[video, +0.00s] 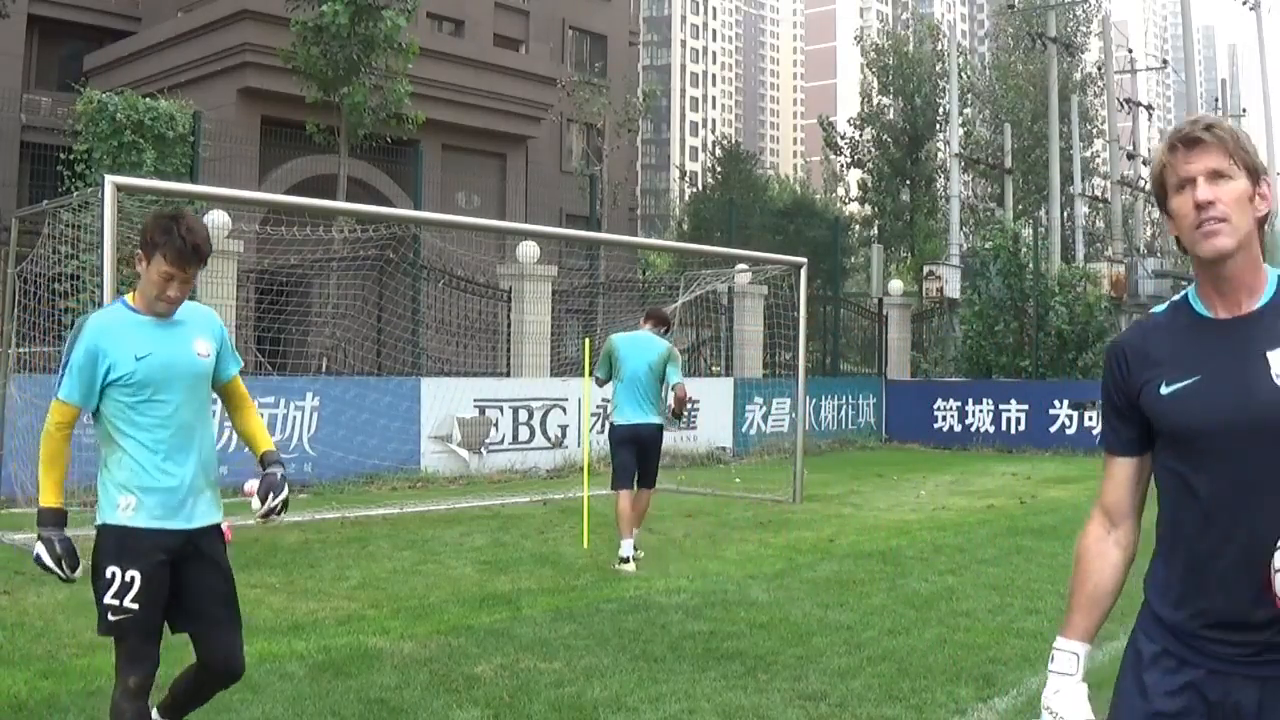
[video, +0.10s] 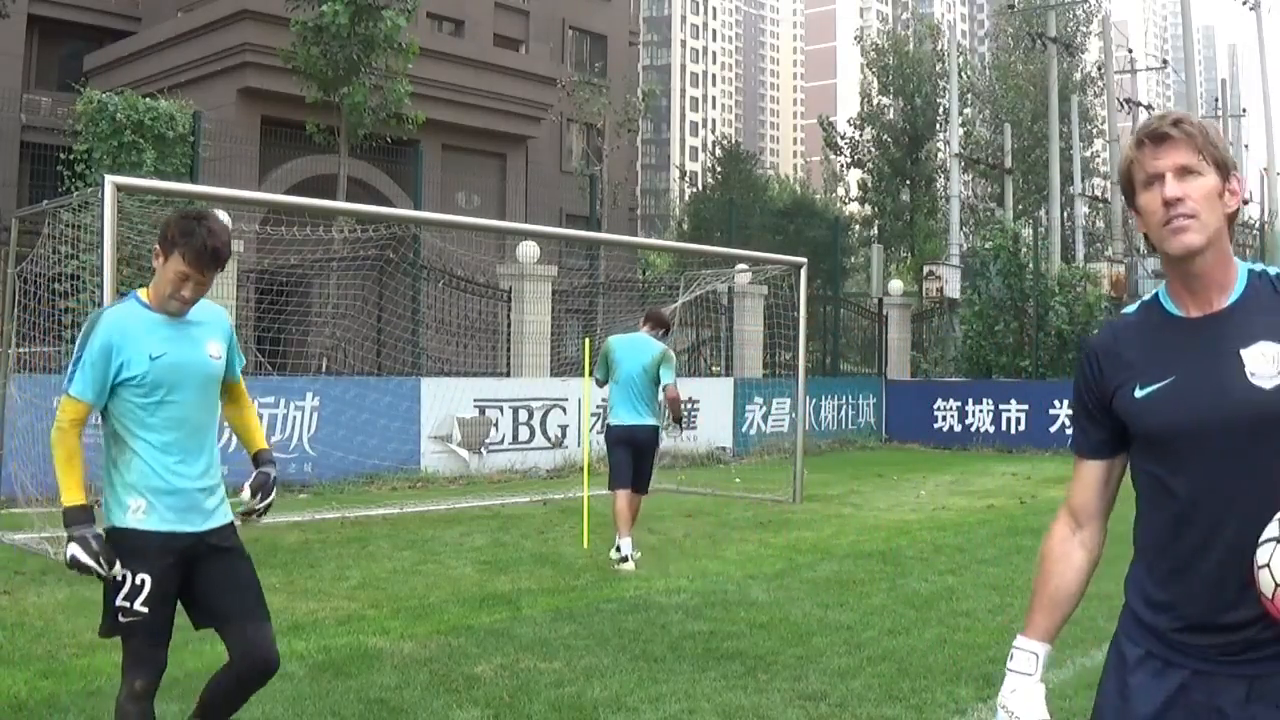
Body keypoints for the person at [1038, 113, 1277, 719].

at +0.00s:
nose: (1203, 196)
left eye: (1220, 176)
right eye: (1183, 186)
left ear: (1261, 196)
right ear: (1170, 219)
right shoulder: (1140, 353)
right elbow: (1112, 522)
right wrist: (1066, 665)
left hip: (1275, 662)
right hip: (1175, 662)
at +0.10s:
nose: (1171, 193)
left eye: (1188, 172)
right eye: (1152, 183)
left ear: (1231, 192)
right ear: (1137, 218)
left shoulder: (1277, 311)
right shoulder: (1114, 351)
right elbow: (1077, 523)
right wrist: (1025, 663)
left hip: (1272, 660)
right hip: (1157, 665)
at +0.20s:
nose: (1141, 200)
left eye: (1156, 177)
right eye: (1119, 188)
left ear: (1197, 188)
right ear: (1101, 219)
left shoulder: (1271, 301)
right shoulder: (1082, 354)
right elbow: (1033, 518)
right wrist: (960, 652)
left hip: (1264, 662)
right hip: (1136, 666)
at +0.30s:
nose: (1131, 200)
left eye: (1145, 177)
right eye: (1106, 188)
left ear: (1181, 186)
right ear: (1086, 219)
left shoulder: (1268, 301)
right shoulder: (1068, 353)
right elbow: (1007, 511)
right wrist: (920, 639)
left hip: (1260, 663)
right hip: (1126, 670)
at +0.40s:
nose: (1114, 198)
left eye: (1128, 173)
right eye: (1091, 186)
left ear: (1170, 185)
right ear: (1074, 214)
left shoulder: (1260, 300)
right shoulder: (1056, 349)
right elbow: (978, 499)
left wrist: (1272, 563)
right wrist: (871, 614)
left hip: (1253, 663)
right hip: (1116, 671)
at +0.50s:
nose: (1098, 200)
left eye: (1117, 177)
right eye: (1081, 185)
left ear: (1171, 184)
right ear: (1070, 204)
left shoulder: (1261, 302)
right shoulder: (1056, 345)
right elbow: (963, 490)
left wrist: (1272, 557)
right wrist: (849, 597)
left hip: (1249, 669)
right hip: (1110, 675)